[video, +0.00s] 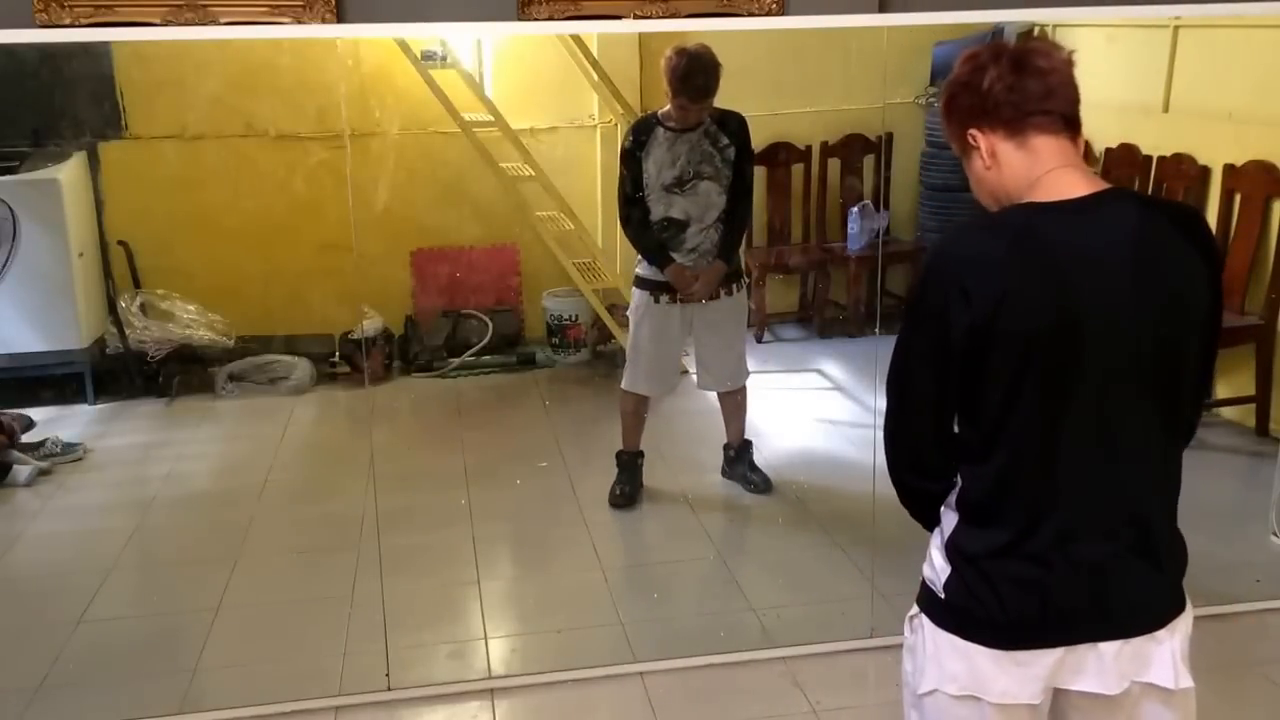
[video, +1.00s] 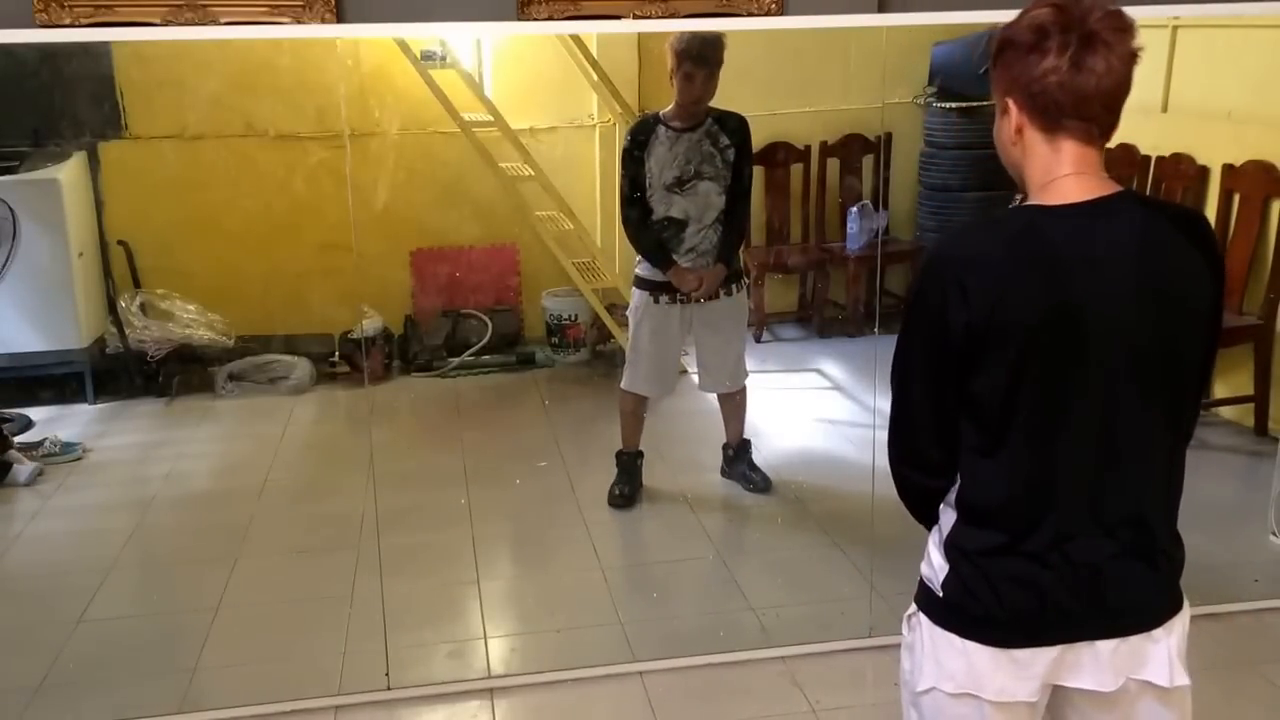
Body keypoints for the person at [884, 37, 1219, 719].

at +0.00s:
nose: (970, 181)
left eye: (963, 161)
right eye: (964, 162)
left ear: (982, 147)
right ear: (1076, 132)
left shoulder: (968, 257)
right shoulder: (1183, 239)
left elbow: (912, 448)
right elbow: (1183, 412)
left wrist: (966, 523)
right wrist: (1113, 485)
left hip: (989, 612)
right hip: (1140, 609)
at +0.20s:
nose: (980, 172)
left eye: (974, 151)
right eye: (976, 152)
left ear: (993, 141)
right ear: (1084, 124)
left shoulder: (967, 263)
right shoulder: (1187, 242)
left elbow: (918, 463)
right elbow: (1178, 413)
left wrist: (981, 531)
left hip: (987, 616)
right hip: (1140, 614)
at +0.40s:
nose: (984, 169)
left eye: (979, 148)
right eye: (981, 149)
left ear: (997, 139)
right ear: (1090, 122)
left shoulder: (968, 261)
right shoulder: (1192, 245)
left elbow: (916, 462)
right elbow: (1180, 421)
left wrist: (982, 526)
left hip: (984, 619)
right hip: (1138, 620)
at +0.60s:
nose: (977, 148)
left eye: (973, 130)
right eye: (975, 129)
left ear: (991, 128)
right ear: (1091, 117)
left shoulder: (958, 267)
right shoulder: (1184, 244)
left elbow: (920, 472)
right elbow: (1177, 424)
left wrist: (987, 529)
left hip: (983, 622)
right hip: (1139, 622)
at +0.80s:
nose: (979, 130)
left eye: (979, 112)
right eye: (981, 111)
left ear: (997, 119)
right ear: (1096, 108)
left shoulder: (960, 264)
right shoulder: (1183, 245)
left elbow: (921, 473)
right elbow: (1175, 423)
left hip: (984, 622)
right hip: (1138, 620)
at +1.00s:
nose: (994, 127)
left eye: (993, 109)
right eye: (993, 108)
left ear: (1012, 116)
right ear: (1109, 113)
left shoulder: (962, 263)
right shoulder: (1188, 247)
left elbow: (917, 462)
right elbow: (1176, 424)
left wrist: (983, 537)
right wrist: (1112, 519)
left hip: (984, 621)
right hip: (1138, 618)